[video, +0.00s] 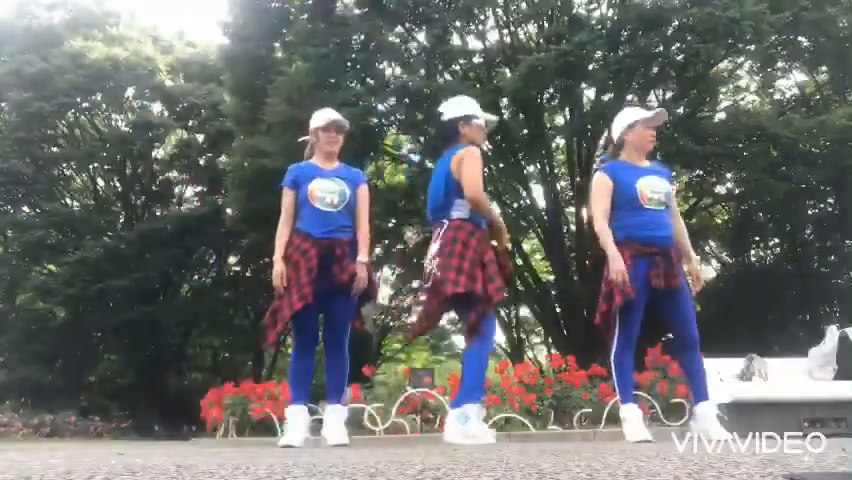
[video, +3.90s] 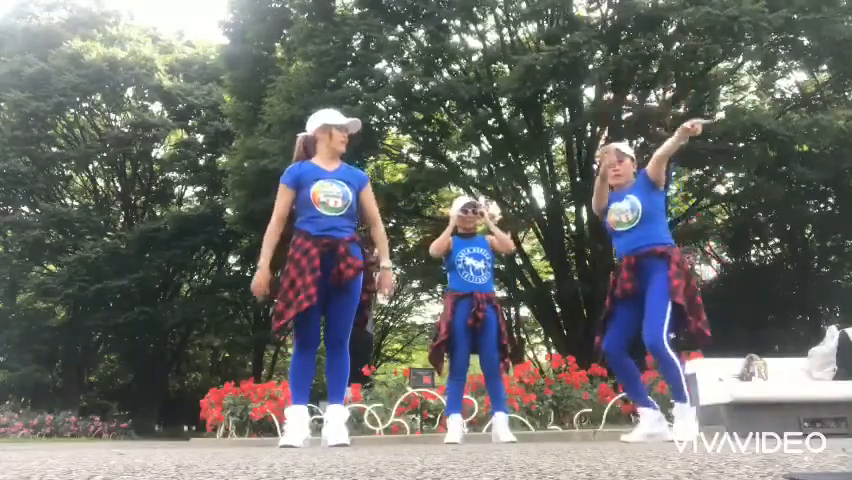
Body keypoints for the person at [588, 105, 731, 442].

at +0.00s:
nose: (654, 133)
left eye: (654, 128)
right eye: (648, 128)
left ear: (646, 135)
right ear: (627, 133)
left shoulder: (661, 172)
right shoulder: (607, 172)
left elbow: (675, 219)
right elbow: (600, 219)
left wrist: (691, 258)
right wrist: (613, 256)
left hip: (669, 257)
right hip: (632, 258)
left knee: (689, 336)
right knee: (626, 336)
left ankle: (703, 412)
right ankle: (629, 411)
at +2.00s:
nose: (652, 131)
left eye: (657, 125)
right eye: (645, 126)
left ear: (666, 130)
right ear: (632, 133)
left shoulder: (683, 157)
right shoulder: (620, 168)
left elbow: (713, 187)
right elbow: (595, 210)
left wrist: (711, 210)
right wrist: (615, 222)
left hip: (689, 240)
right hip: (648, 244)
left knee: (706, 331)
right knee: (651, 334)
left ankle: (719, 414)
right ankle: (656, 413)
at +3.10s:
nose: (636, 125)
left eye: (642, 119)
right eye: (629, 122)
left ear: (657, 125)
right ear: (623, 133)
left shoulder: (682, 156)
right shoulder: (617, 174)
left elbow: (712, 199)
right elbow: (607, 226)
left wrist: (701, 173)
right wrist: (602, 212)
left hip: (676, 242)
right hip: (636, 250)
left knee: (697, 326)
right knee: (634, 332)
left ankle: (718, 409)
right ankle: (650, 417)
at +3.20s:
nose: (637, 131)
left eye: (643, 124)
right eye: (630, 128)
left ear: (657, 130)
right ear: (625, 138)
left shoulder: (679, 158)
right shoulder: (620, 175)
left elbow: (724, 165)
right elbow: (593, 209)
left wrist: (699, 132)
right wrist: (593, 169)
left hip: (674, 247)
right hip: (635, 252)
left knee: (686, 327)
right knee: (627, 332)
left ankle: (713, 408)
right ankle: (650, 416)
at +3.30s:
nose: (636, 130)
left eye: (641, 124)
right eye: (629, 128)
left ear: (657, 129)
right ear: (625, 140)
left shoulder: (678, 152)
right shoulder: (625, 172)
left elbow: (718, 124)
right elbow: (587, 167)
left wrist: (688, 95)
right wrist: (595, 139)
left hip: (677, 250)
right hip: (639, 256)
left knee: (688, 329)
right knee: (621, 328)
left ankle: (713, 408)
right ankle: (648, 413)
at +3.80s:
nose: (617, 154)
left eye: (623, 149)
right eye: (611, 151)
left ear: (636, 155)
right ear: (607, 160)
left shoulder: (650, 170)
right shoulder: (605, 190)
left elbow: (662, 132)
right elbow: (600, 165)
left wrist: (682, 99)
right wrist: (608, 131)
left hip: (662, 253)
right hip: (631, 267)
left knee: (674, 324)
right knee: (624, 345)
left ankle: (704, 402)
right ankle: (652, 419)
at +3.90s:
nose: (614, 169)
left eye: (619, 163)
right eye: (609, 167)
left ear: (633, 164)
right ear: (605, 174)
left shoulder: (649, 181)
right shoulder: (608, 201)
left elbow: (661, 156)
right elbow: (598, 205)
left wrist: (681, 135)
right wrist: (600, 175)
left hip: (659, 264)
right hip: (629, 272)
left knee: (655, 338)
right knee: (613, 345)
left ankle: (684, 410)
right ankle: (651, 417)